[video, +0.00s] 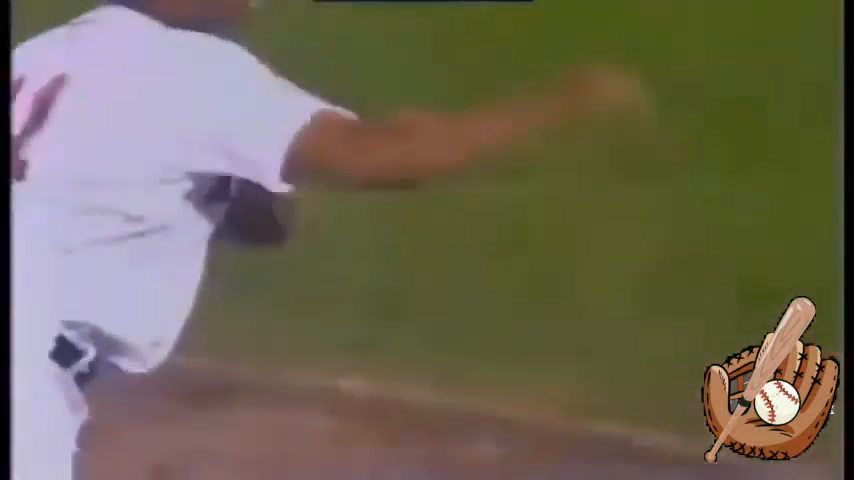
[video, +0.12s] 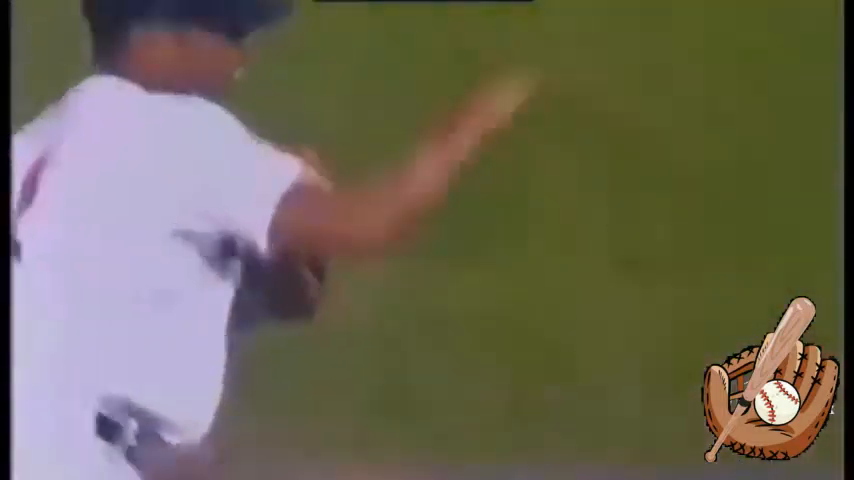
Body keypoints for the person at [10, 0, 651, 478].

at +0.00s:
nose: (246, 13)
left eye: (242, 6)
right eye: (239, 5)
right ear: (208, 3)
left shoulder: (36, 55)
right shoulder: (185, 64)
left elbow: (74, 172)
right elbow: (372, 153)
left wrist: (215, 201)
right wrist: (557, 109)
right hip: (29, 367)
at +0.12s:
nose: (242, 58)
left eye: (240, 35)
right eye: (228, 34)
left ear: (133, 37)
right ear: (164, 36)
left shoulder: (35, 139)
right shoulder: (171, 128)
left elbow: (290, 296)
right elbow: (363, 226)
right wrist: (473, 125)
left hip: (28, 452)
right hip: (97, 456)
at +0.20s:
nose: (255, 127)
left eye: (252, 108)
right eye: (239, 109)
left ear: (155, 119)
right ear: (169, 119)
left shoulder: (42, 227)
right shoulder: (203, 213)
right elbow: (356, 353)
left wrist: (284, 280)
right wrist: (420, 266)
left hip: (55, 468)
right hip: (187, 466)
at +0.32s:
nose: (293, 217)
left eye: (288, 198)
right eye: (276, 199)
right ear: (205, 209)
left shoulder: (89, 318)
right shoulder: (252, 328)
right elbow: (301, 466)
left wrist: (303, 369)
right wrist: (386, 449)